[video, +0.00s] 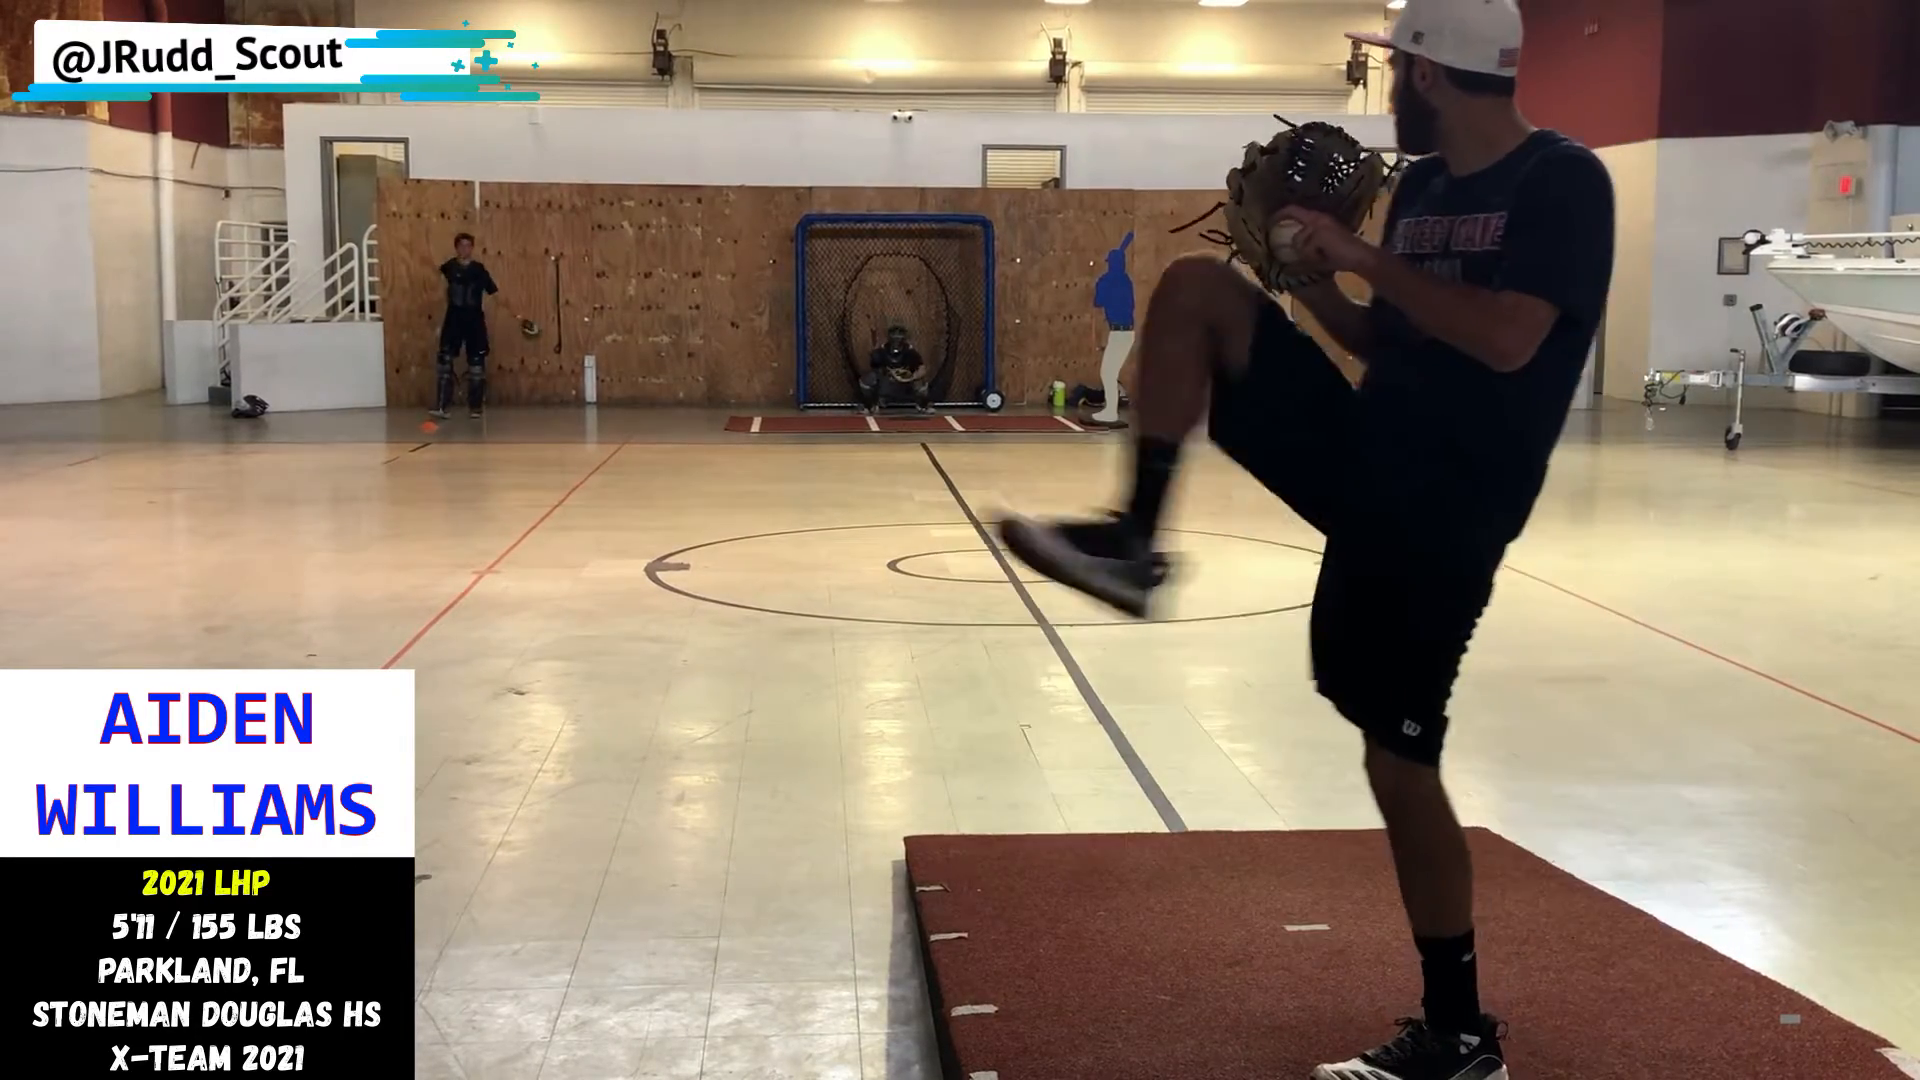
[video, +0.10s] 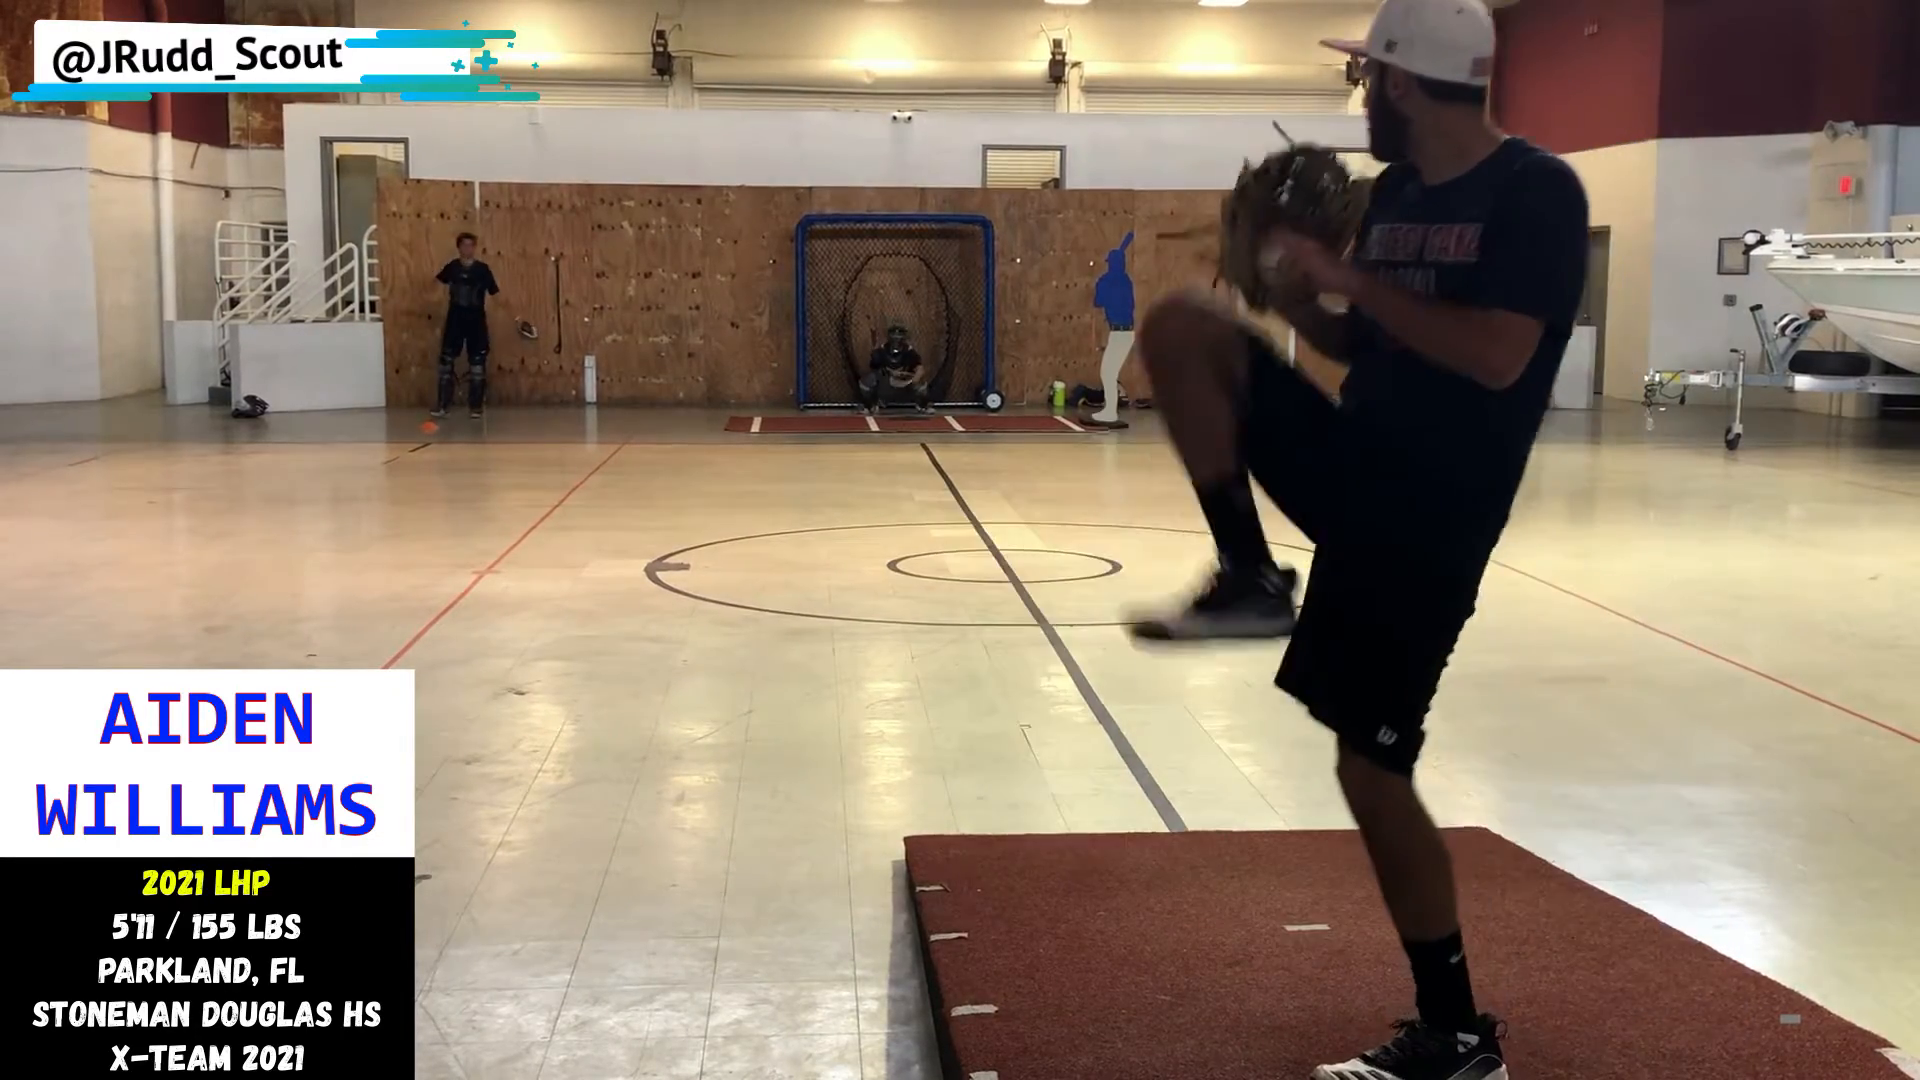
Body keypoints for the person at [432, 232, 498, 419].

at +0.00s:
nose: (465, 249)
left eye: (468, 246)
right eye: (462, 246)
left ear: (472, 248)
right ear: (456, 248)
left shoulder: (478, 269)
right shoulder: (449, 267)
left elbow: (493, 291)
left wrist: (515, 313)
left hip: (474, 319)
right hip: (454, 318)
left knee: (476, 361)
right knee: (445, 358)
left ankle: (476, 406)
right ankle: (443, 404)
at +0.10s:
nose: (468, 249)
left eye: (471, 245)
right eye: (464, 246)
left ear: (475, 248)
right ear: (458, 248)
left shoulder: (482, 269)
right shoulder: (452, 267)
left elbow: (495, 294)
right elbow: (436, 284)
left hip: (476, 320)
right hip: (455, 319)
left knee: (477, 362)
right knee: (446, 359)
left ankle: (476, 406)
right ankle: (443, 403)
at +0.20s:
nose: (469, 249)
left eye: (471, 245)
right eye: (465, 245)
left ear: (476, 247)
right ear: (459, 248)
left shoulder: (484, 269)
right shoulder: (454, 268)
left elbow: (494, 291)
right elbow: (440, 286)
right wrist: (457, 289)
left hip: (477, 319)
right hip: (456, 319)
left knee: (478, 362)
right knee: (448, 359)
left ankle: (476, 406)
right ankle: (445, 403)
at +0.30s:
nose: (469, 249)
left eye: (472, 245)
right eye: (465, 245)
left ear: (476, 247)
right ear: (459, 247)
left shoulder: (483, 268)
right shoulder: (452, 268)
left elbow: (491, 291)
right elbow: (447, 290)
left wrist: (475, 296)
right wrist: (462, 297)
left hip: (478, 321)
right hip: (457, 322)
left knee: (478, 363)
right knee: (453, 361)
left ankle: (476, 405)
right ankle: (452, 402)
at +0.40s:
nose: (466, 248)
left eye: (469, 244)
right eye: (463, 244)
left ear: (473, 246)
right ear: (456, 247)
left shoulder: (481, 268)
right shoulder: (451, 268)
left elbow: (488, 297)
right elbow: (455, 292)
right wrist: (472, 302)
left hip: (477, 321)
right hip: (457, 321)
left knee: (478, 362)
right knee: (454, 361)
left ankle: (476, 405)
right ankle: (458, 402)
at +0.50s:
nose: (463, 247)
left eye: (466, 244)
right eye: (459, 244)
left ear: (470, 246)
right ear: (454, 247)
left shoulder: (478, 268)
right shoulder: (449, 268)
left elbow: (482, 291)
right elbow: (458, 284)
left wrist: (488, 323)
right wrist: (481, 283)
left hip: (476, 322)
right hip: (456, 322)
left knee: (477, 363)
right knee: (455, 362)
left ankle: (476, 405)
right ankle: (458, 403)